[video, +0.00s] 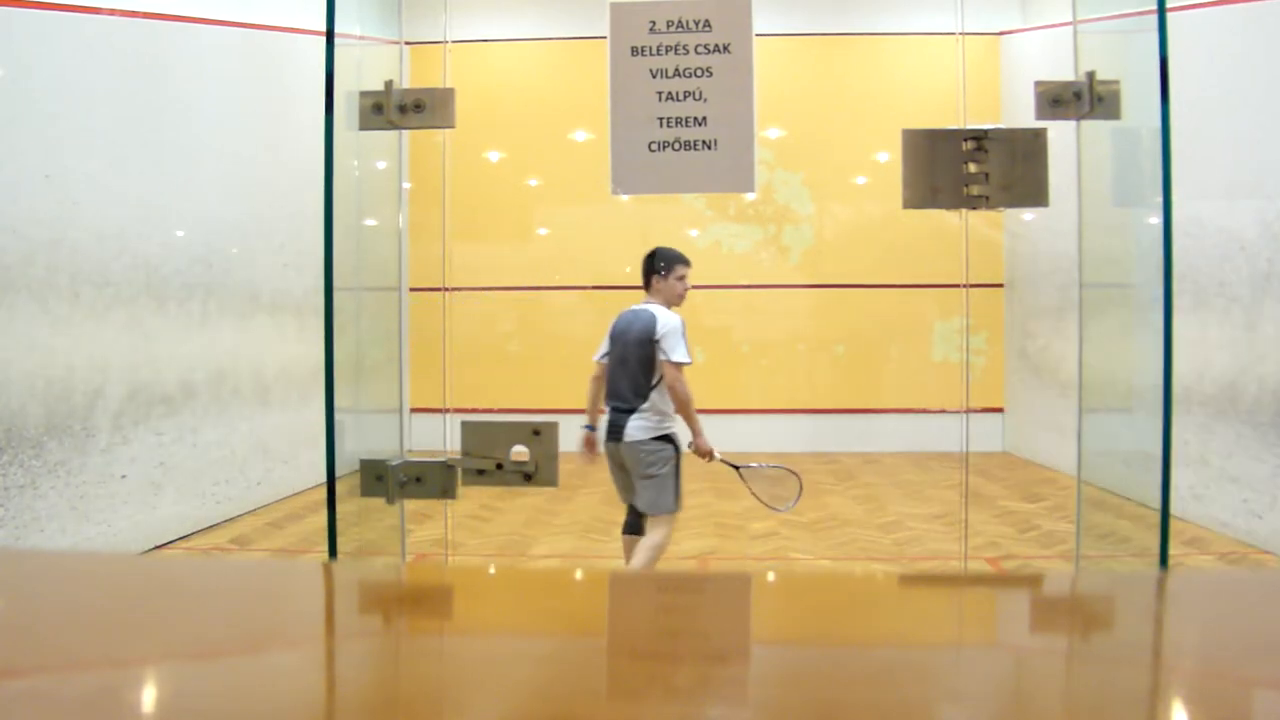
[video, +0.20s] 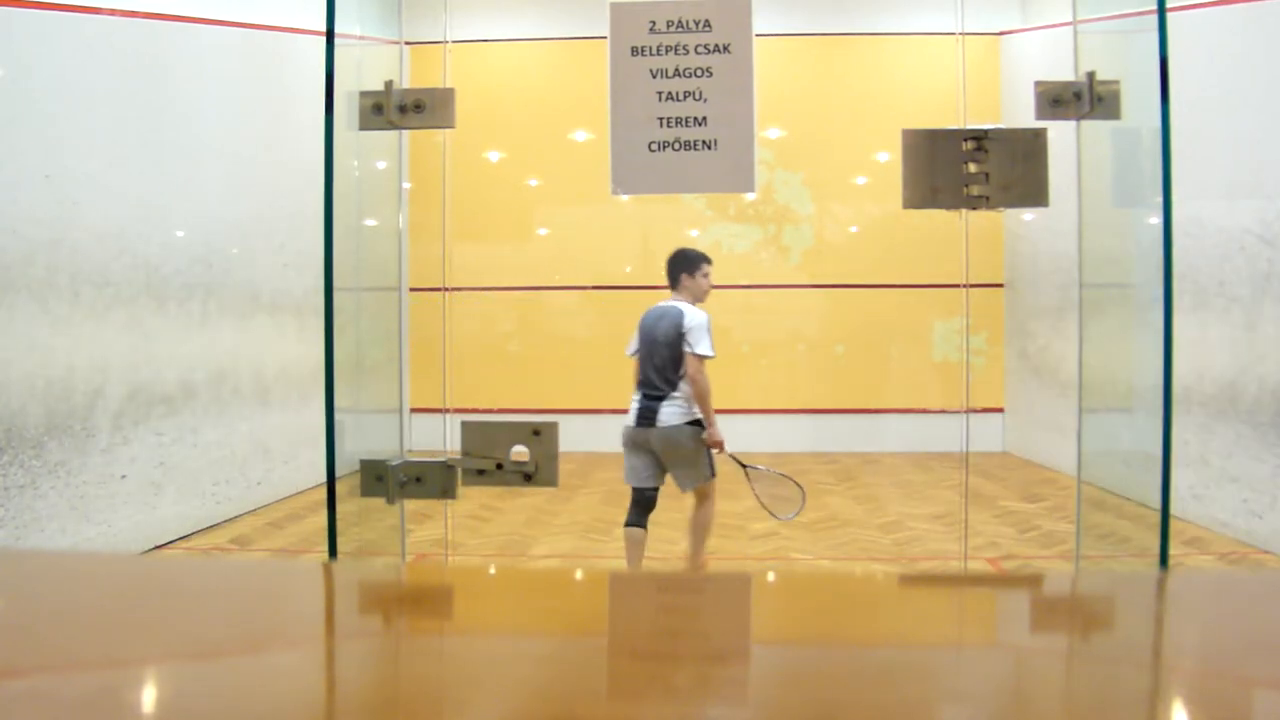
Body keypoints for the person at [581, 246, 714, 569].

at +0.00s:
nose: (687, 287)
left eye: (687, 280)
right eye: (681, 279)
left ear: (657, 281)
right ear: (658, 279)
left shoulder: (622, 319)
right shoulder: (668, 321)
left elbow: (599, 375)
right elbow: (673, 381)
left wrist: (591, 425)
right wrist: (697, 434)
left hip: (615, 437)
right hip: (651, 438)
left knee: (636, 514)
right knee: (660, 526)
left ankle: (631, 586)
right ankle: (628, 590)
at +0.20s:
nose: (711, 283)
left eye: (711, 276)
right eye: (706, 276)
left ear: (681, 280)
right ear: (685, 278)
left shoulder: (649, 315)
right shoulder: (695, 317)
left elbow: (639, 375)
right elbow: (694, 373)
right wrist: (711, 426)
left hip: (638, 421)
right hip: (676, 422)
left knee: (641, 501)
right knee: (704, 493)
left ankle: (633, 577)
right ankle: (695, 567)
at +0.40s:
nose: (743, 299)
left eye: (742, 293)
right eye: (741, 293)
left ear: (710, 298)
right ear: (731, 297)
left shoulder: (688, 329)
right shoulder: (735, 334)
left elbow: (678, 378)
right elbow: (729, 383)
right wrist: (745, 433)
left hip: (674, 425)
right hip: (713, 427)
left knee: (664, 497)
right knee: (729, 491)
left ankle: (642, 557)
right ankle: (723, 555)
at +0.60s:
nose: (778, 297)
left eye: (774, 292)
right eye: (777, 293)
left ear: (748, 295)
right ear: (773, 296)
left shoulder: (725, 324)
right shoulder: (776, 332)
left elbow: (697, 369)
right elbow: (776, 379)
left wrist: (707, 402)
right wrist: (793, 424)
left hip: (711, 410)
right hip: (745, 414)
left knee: (716, 476)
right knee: (741, 489)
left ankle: (698, 528)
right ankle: (725, 552)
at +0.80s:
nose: (801, 299)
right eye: (802, 294)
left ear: (775, 297)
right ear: (800, 297)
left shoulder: (755, 326)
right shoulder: (803, 332)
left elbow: (722, 360)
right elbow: (812, 377)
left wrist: (708, 396)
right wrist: (837, 410)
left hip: (746, 408)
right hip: (776, 412)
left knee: (753, 471)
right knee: (771, 481)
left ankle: (747, 526)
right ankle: (744, 518)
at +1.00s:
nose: (839, 300)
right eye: (840, 296)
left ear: (817, 297)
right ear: (839, 298)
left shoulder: (799, 326)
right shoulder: (836, 330)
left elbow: (775, 361)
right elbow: (840, 374)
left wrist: (775, 391)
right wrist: (876, 398)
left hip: (785, 407)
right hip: (813, 409)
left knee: (778, 465)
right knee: (839, 461)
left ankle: (750, 521)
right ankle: (819, 515)